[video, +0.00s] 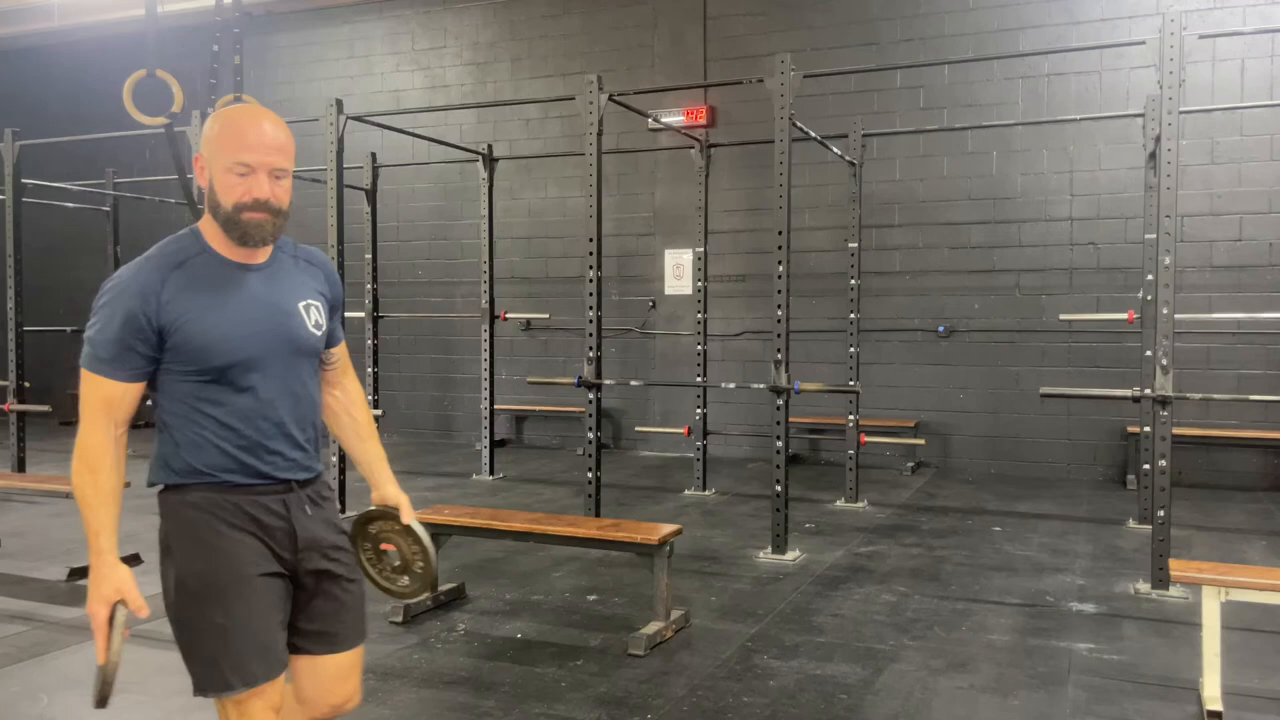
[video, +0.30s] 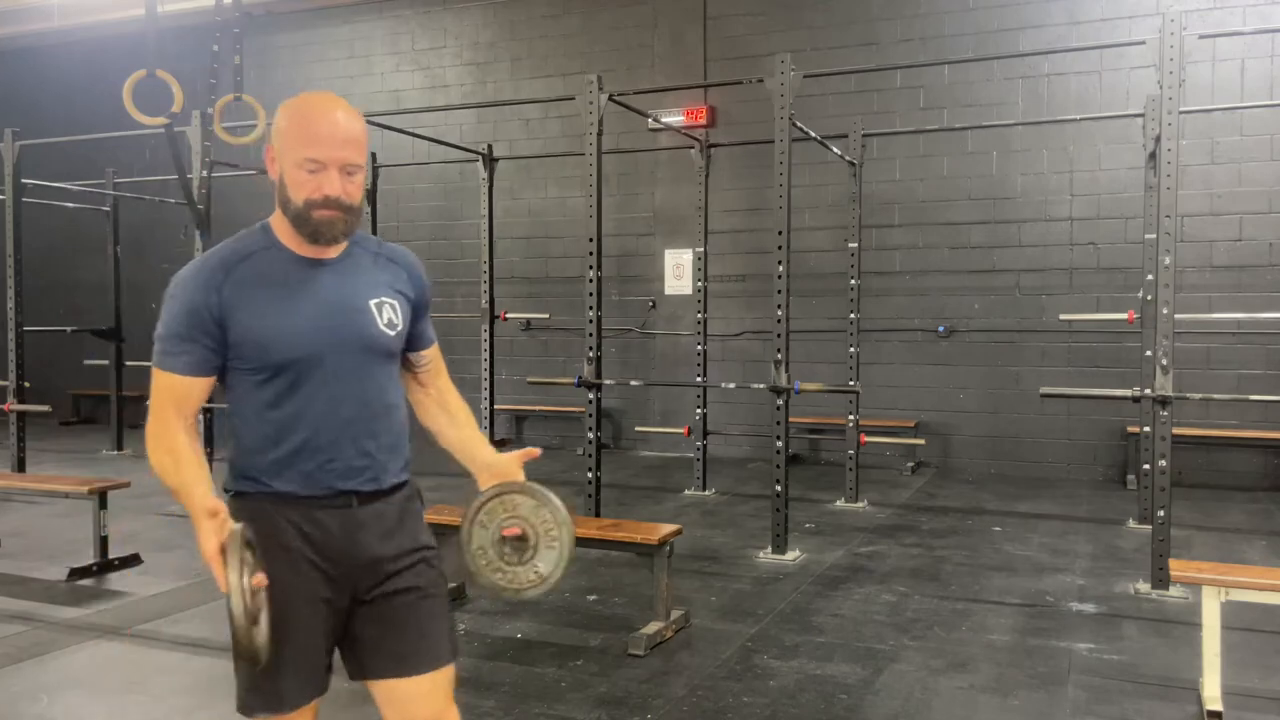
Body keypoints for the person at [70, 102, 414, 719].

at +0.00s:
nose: (263, 193)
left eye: (278, 175)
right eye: (243, 173)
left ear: (294, 179)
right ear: (201, 172)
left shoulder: (315, 274)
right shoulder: (142, 289)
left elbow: (337, 383)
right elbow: (102, 428)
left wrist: (384, 482)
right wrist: (104, 558)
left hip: (313, 511)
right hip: (214, 520)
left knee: (333, 696)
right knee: (258, 706)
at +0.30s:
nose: (334, 190)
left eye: (350, 170)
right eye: (313, 168)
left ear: (367, 172)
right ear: (272, 163)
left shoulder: (396, 272)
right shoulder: (210, 285)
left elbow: (429, 383)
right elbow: (167, 424)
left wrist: (485, 462)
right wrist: (207, 510)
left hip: (393, 527)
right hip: (279, 536)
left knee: (429, 710)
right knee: (286, 711)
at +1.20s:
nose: (573, 155)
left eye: (578, 129)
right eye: (542, 137)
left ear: (588, 120)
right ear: (472, 145)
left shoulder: (634, 259)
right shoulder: (404, 291)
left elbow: (700, 405)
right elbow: (388, 480)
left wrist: (789, 363)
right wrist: (354, 433)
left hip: (650, 586)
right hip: (512, 597)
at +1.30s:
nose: (576, 147)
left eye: (581, 118)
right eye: (542, 130)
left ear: (591, 104)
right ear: (471, 137)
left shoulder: (646, 249)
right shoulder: (404, 289)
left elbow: (710, 388)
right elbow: (395, 488)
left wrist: (795, 374)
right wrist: (381, 470)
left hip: (668, 589)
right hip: (521, 608)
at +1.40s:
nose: (580, 140)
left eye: (589, 107)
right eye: (545, 121)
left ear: (601, 93)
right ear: (476, 125)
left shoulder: (662, 240)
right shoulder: (410, 285)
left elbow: (721, 376)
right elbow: (379, 459)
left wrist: (798, 395)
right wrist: (410, 505)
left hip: (686, 596)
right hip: (532, 614)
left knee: (749, 709)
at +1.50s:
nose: (586, 139)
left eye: (600, 106)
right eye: (551, 116)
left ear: (616, 93)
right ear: (487, 114)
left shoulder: (689, 238)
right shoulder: (426, 283)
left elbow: (749, 378)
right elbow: (392, 449)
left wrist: (811, 434)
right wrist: (452, 527)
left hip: (705, 604)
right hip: (547, 621)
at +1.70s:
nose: (630, 149)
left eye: (656, 114)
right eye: (599, 118)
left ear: (691, 95)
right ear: (551, 100)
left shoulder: (773, 252)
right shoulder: (493, 278)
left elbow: (833, 419)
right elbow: (446, 461)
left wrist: (809, 504)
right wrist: (511, 526)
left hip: (740, 619)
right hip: (574, 622)